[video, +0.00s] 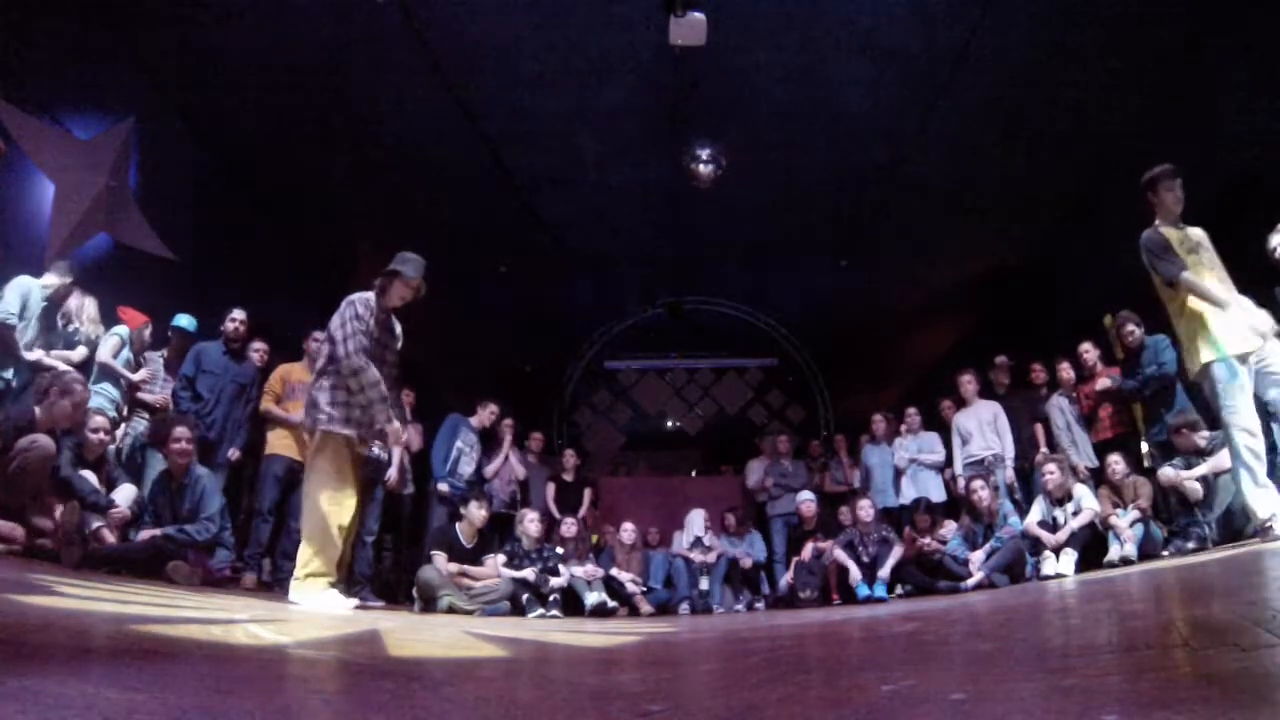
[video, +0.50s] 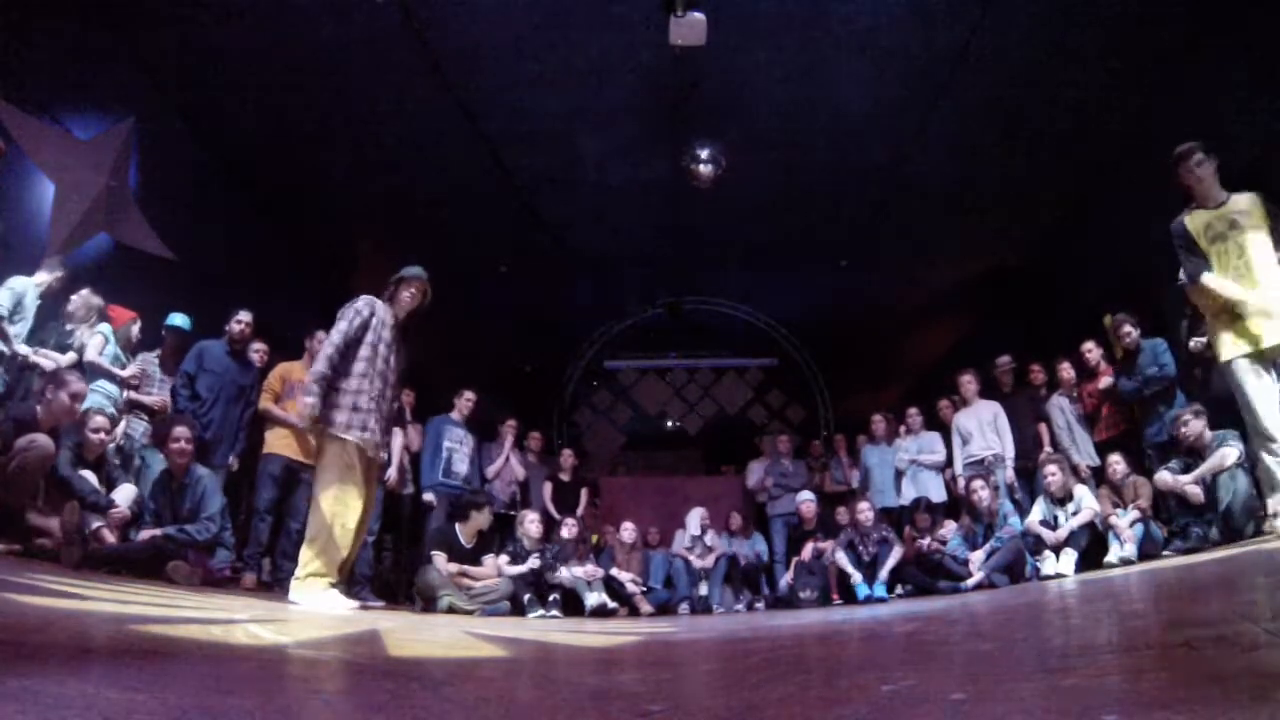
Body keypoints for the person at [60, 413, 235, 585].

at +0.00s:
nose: (184, 447)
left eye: (189, 442)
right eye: (177, 441)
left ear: (195, 447)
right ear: (164, 448)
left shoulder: (205, 479)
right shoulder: (162, 479)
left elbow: (209, 530)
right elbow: (150, 519)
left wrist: (162, 532)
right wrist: (143, 536)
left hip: (208, 553)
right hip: (171, 545)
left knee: (160, 543)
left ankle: (90, 554)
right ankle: (184, 574)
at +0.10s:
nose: (185, 447)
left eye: (190, 441)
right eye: (177, 441)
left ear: (196, 446)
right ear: (164, 448)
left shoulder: (206, 479)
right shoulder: (161, 480)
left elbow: (209, 531)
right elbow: (148, 519)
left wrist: (161, 533)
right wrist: (145, 535)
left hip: (209, 553)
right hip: (171, 546)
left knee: (158, 544)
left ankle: (91, 555)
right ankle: (184, 575)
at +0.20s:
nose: (183, 446)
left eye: (189, 441)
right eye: (176, 440)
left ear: (195, 446)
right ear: (164, 447)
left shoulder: (206, 479)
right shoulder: (161, 481)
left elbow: (208, 531)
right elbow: (149, 520)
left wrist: (161, 532)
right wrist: (146, 536)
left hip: (209, 552)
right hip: (172, 546)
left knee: (159, 544)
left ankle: (92, 554)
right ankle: (182, 574)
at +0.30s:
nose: (183, 447)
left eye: (189, 441)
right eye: (176, 441)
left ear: (194, 446)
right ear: (164, 447)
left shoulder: (206, 479)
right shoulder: (162, 480)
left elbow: (209, 530)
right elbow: (150, 521)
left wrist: (162, 532)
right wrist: (145, 537)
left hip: (209, 552)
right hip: (172, 546)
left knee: (160, 543)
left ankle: (90, 554)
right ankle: (184, 574)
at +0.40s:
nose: (183, 447)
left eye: (189, 441)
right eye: (176, 441)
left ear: (194, 446)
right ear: (164, 447)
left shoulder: (206, 479)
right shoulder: (162, 480)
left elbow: (209, 530)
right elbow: (150, 521)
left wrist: (162, 532)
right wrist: (145, 537)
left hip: (209, 553)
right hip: (172, 546)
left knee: (159, 544)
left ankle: (90, 555)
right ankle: (184, 574)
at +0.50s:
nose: (183, 447)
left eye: (188, 441)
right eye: (176, 441)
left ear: (194, 447)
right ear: (164, 447)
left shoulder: (206, 479)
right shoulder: (162, 480)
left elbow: (209, 530)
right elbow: (151, 522)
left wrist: (162, 532)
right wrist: (145, 537)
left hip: (209, 552)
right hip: (172, 546)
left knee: (160, 543)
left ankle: (90, 554)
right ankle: (185, 574)